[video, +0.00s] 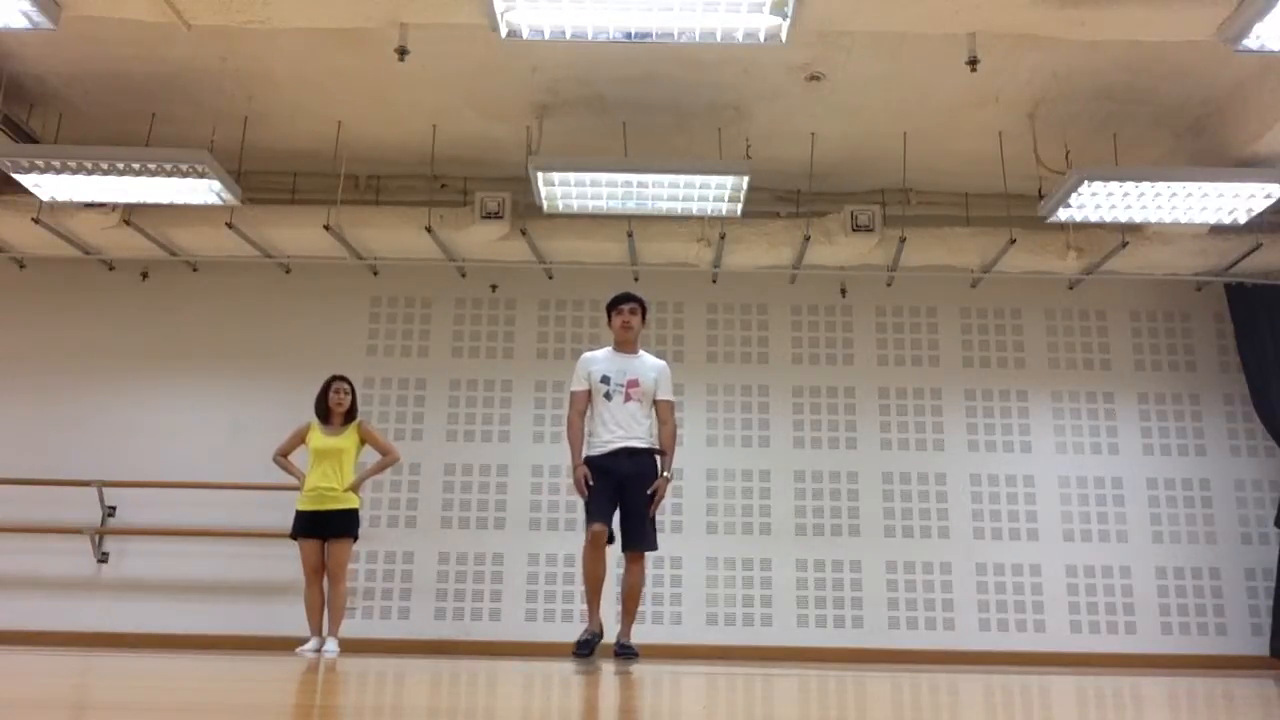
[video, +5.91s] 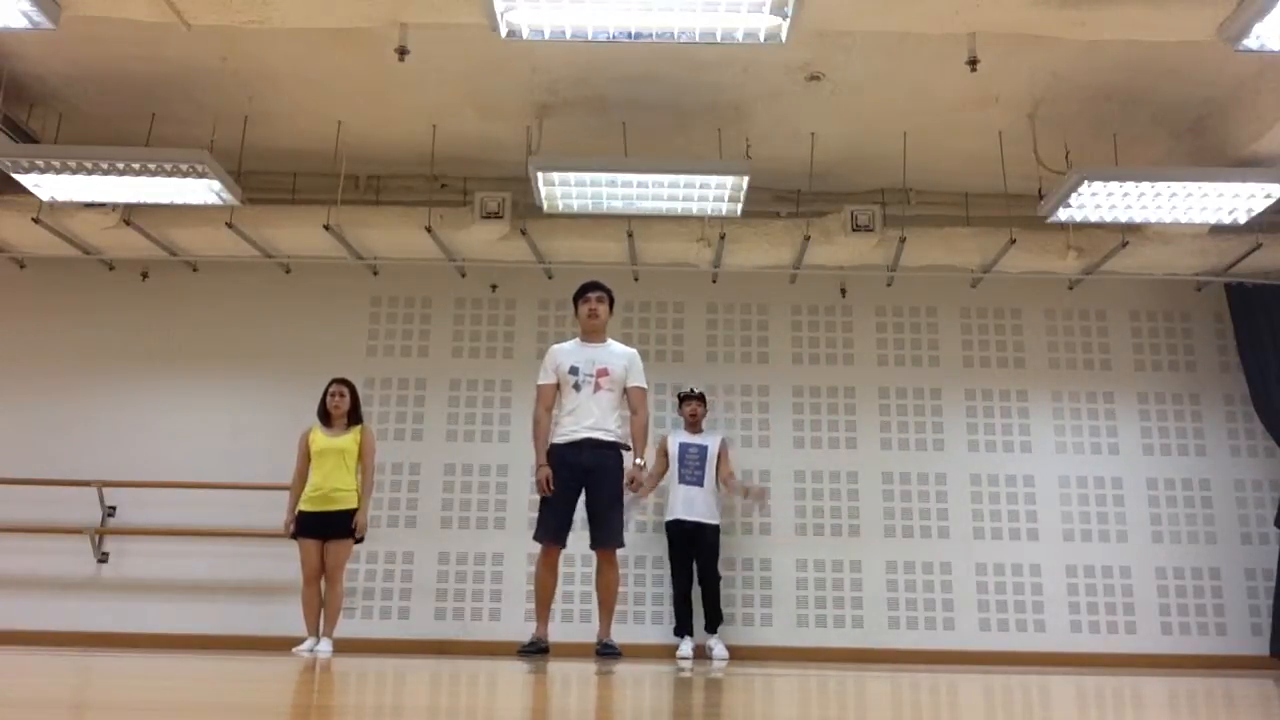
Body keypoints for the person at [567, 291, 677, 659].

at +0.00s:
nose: (626, 319)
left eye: (633, 314)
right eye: (620, 314)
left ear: (643, 322)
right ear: (610, 321)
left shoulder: (657, 368)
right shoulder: (590, 362)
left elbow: (667, 422)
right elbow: (576, 415)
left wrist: (665, 474)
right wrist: (577, 461)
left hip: (641, 463)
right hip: (600, 462)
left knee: (635, 551)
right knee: (596, 535)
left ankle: (624, 636)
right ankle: (593, 624)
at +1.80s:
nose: (588, 324)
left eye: (594, 315)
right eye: (584, 318)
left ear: (615, 317)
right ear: (583, 323)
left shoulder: (641, 361)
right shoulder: (574, 362)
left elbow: (654, 418)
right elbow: (562, 416)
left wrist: (651, 468)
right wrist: (555, 469)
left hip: (621, 462)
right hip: (578, 460)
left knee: (624, 552)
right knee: (556, 544)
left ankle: (623, 637)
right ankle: (533, 632)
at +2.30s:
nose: (535, 315)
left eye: (541, 307)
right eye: (534, 309)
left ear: (563, 309)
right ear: (541, 315)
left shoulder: (596, 351)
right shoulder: (532, 358)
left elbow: (606, 408)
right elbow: (518, 412)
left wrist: (593, 457)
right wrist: (508, 462)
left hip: (576, 457)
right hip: (533, 456)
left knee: (587, 542)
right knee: (530, 546)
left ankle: (608, 627)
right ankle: (528, 634)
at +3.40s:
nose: (591, 308)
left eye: (597, 302)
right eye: (584, 303)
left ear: (610, 311)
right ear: (575, 313)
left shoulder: (627, 357)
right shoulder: (557, 355)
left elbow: (638, 413)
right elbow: (541, 407)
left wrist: (634, 465)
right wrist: (533, 454)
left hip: (609, 459)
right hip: (564, 458)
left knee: (613, 550)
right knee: (545, 543)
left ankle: (612, 636)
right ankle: (531, 634)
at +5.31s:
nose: (581, 307)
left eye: (588, 301)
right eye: (575, 302)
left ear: (599, 311)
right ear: (563, 311)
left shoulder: (615, 356)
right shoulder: (544, 352)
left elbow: (622, 413)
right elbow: (528, 407)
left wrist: (619, 460)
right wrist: (525, 460)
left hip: (597, 455)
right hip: (552, 455)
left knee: (603, 545)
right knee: (544, 547)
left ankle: (606, 634)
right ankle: (537, 635)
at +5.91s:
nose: (593, 307)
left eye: (600, 302)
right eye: (587, 302)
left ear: (610, 311)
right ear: (576, 311)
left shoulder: (628, 356)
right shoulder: (557, 353)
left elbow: (639, 410)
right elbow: (543, 410)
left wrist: (638, 459)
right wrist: (541, 460)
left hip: (608, 455)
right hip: (563, 454)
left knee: (606, 549)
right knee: (550, 546)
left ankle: (605, 636)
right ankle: (540, 634)